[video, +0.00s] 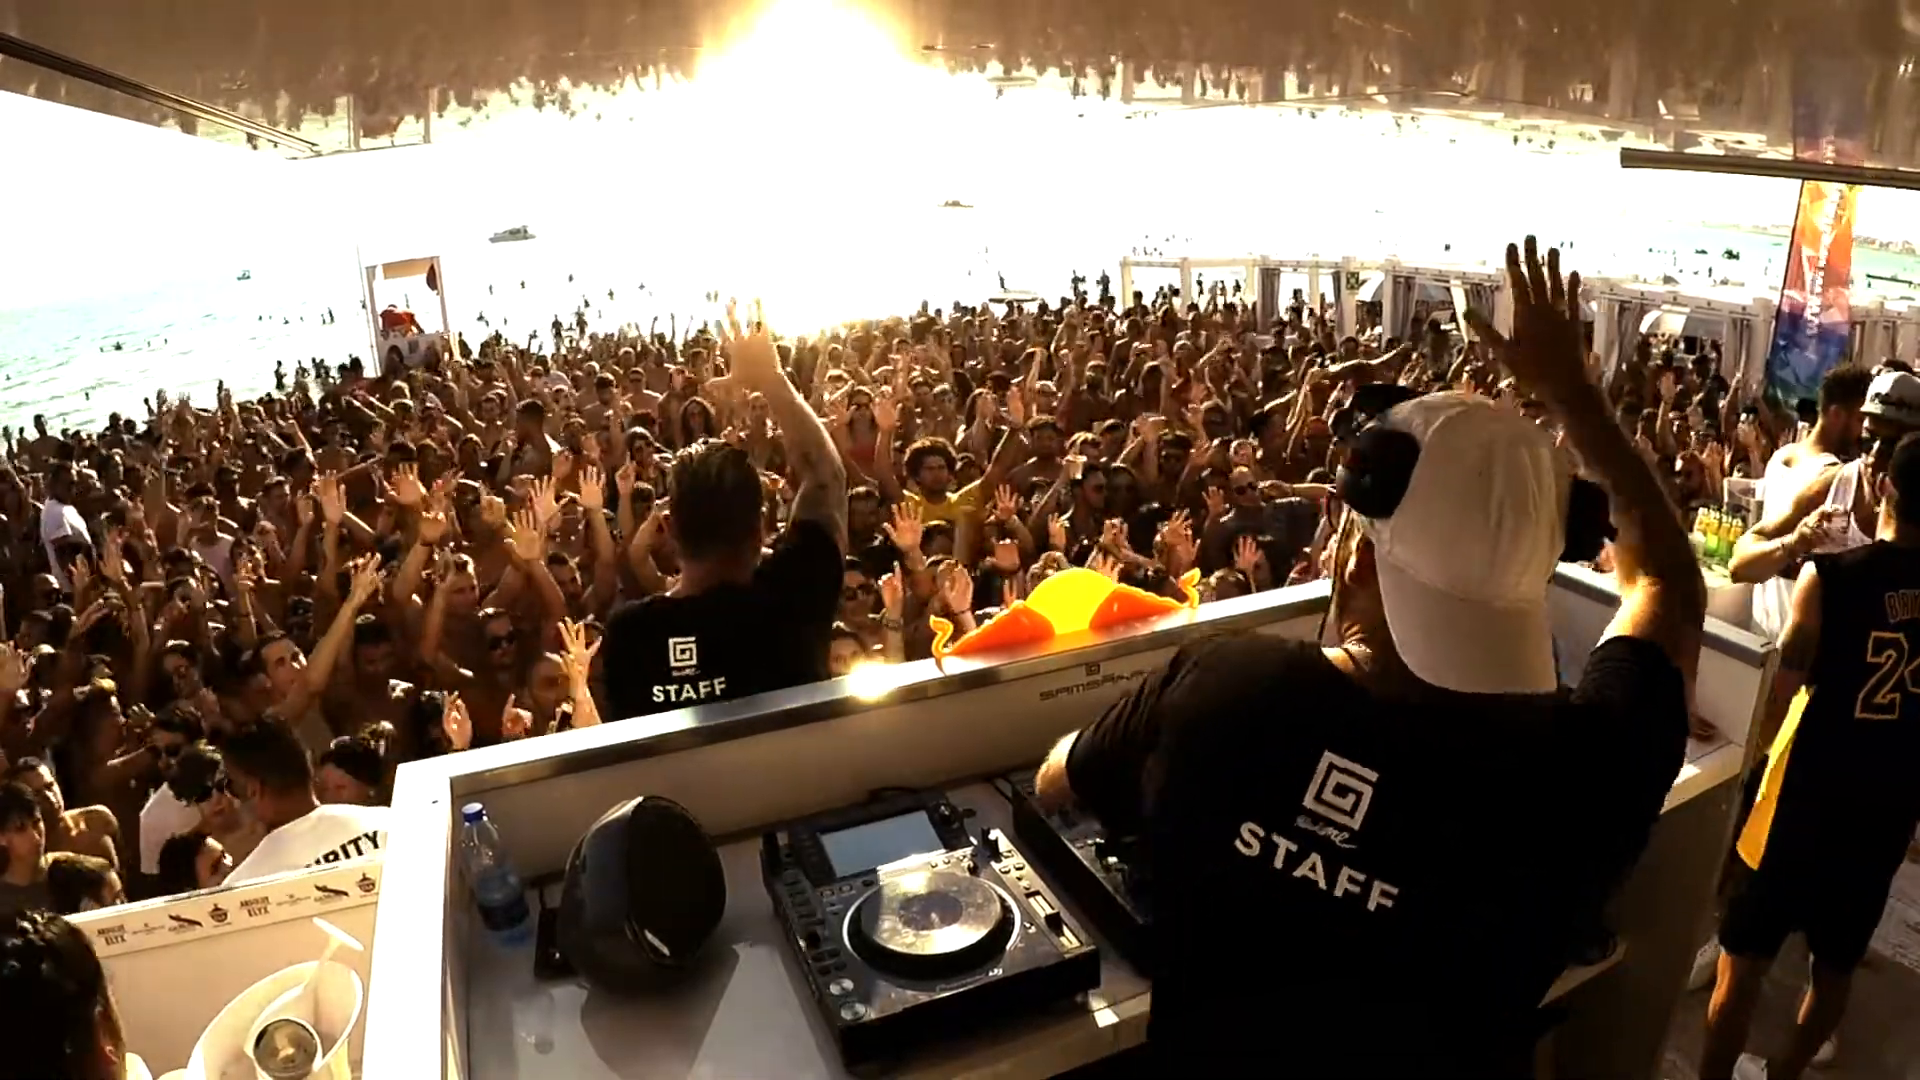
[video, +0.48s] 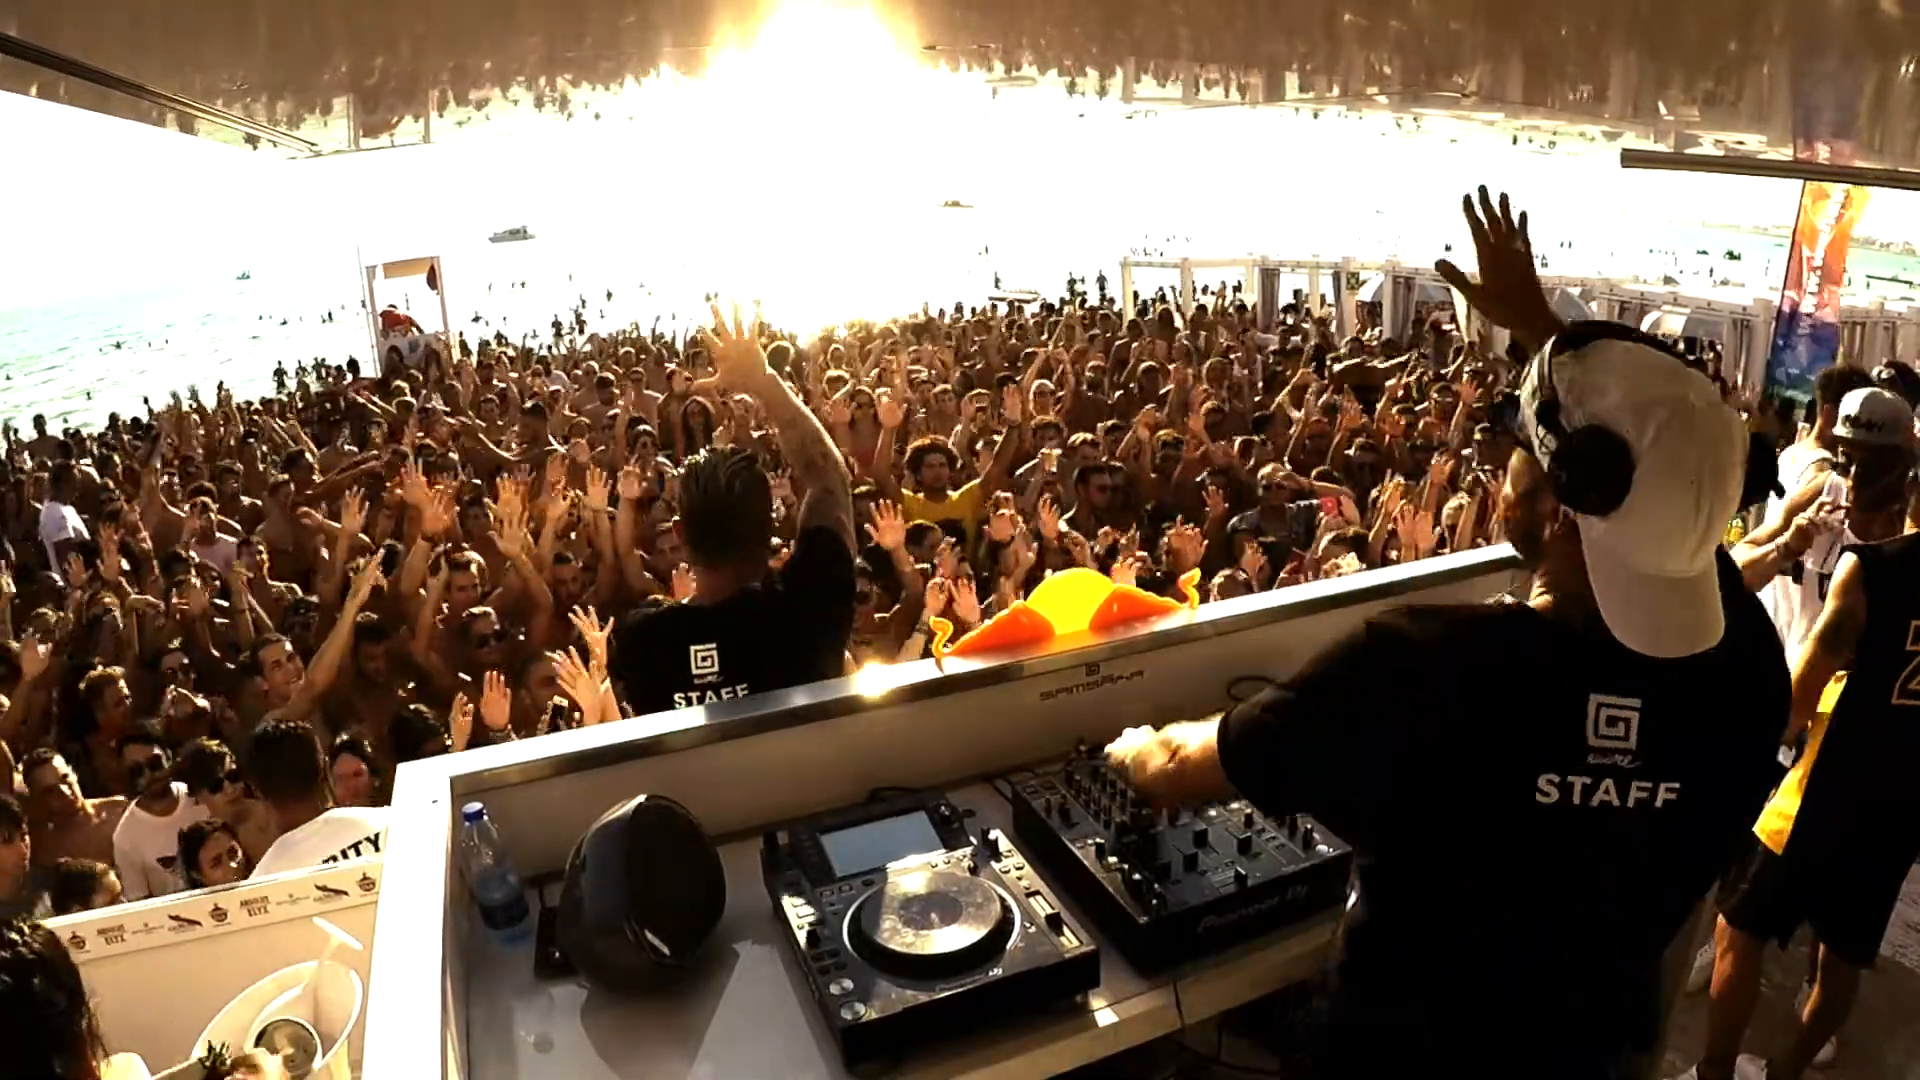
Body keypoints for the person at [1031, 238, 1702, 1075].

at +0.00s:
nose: (1334, 541)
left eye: (1347, 522)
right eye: (1351, 520)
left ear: (1357, 557)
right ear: (1523, 586)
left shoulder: (1215, 688)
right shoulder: (1579, 782)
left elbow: (1054, 784)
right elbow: (1667, 582)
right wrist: (1570, 385)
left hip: (1199, 1049)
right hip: (1446, 1069)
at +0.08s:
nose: (1357, 525)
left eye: (1369, 510)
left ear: (1383, 559)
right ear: (1554, 570)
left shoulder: (1240, 692)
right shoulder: (1596, 777)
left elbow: (1067, 788)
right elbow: (1658, 561)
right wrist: (1561, 391)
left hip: (1231, 1061)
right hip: (1475, 1078)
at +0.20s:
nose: (1390, 525)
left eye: (1402, 510)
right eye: (1404, 502)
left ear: (1422, 557)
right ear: (1576, 567)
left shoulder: (1298, 698)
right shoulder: (1643, 762)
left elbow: (1094, 790)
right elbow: (1650, 554)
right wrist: (1543, 404)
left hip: (1283, 1053)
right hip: (1520, 1066)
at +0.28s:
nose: (1422, 517)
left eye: (1435, 504)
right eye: (1434, 496)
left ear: (1457, 563)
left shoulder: (1330, 693)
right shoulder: (1676, 758)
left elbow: (1109, 788)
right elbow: (1665, 540)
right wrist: (1540, 385)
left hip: (1314, 1059)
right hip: (1541, 1072)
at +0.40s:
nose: (1474, 495)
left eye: (1489, 483)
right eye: (1486, 475)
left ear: (1521, 543)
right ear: (1663, 536)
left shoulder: (1385, 678)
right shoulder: (1717, 725)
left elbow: (1158, 786)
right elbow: (1671, 515)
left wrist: (1133, 750)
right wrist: (1542, 351)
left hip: (1368, 1054)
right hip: (1588, 1063)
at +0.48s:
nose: (1501, 471)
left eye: (1518, 458)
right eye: (1513, 452)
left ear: (1559, 514)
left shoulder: (1422, 664)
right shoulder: (1746, 689)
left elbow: (1185, 770)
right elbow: (1674, 482)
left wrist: (1143, 750)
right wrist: (1549, 336)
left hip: (1393, 1049)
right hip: (1598, 1058)